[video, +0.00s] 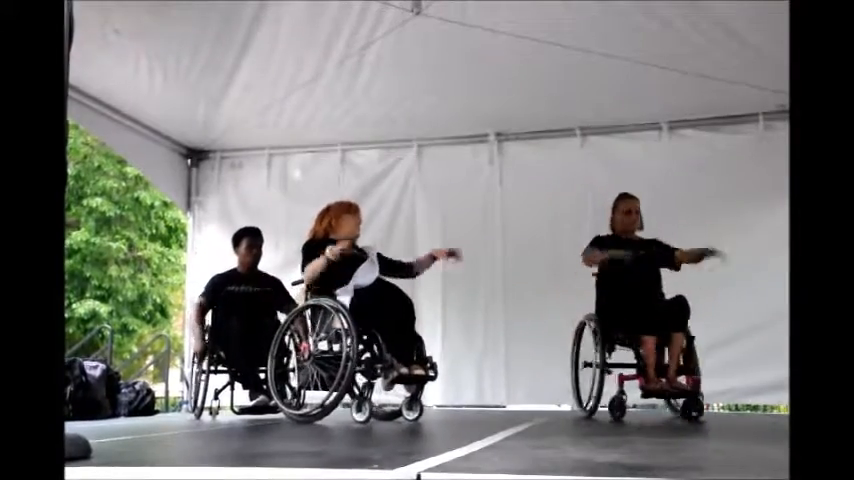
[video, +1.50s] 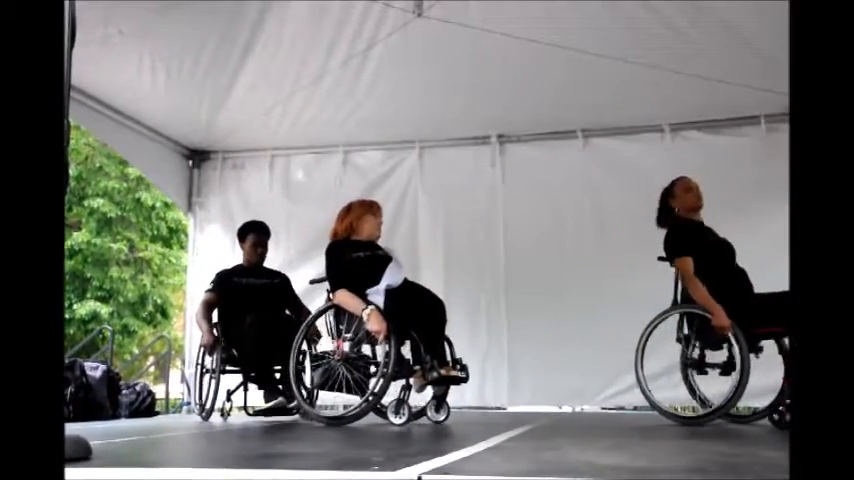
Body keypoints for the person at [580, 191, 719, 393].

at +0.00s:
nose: (633, 217)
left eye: (636, 212)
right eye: (627, 212)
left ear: (640, 217)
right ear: (613, 217)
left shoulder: (649, 246)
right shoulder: (604, 242)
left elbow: (679, 256)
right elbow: (589, 256)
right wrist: (601, 258)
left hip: (649, 310)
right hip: (616, 311)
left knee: (679, 303)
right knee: (649, 316)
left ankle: (672, 377)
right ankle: (651, 380)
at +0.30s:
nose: (653, 212)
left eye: (656, 208)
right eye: (648, 206)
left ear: (658, 212)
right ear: (632, 207)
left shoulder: (662, 234)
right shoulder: (617, 234)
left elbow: (687, 198)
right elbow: (603, 193)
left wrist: (699, 156)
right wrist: (619, 152)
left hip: (666, 305)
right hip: (634, 307)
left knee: (709, 303)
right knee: (686, 314)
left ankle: (707, 377)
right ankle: (687, 378)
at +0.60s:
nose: (677, 215)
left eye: (679, 211)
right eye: (672, 209)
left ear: (681, 213)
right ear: (654, 207)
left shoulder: (681, 233)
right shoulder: (634, 230)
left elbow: (703, 220)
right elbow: (590, 209)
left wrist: (719, 205)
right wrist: (553, 180)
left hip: (687, 310)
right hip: (657, 313)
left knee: (750, 302)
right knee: (724, 303)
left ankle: (747, 378)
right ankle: (734, 371)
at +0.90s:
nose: (696, 205)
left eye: (698, 200)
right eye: (690, 198)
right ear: (672, 199)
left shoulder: (695, 236)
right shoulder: (655, 234)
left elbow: (704, 275)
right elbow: (653, 281)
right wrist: (662, 313)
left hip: (715, 307)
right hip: (689, 313)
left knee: (770, 300)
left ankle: (776, 372)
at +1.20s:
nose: (696, 195)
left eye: (697, 191)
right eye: (688, 192)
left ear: (702, 196)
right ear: (672, 200)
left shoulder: (698, 230)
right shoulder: (677, 233)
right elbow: (689, 276)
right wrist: (717, 313)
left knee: (797, 302)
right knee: (798, 310)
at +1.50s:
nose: (696, 193)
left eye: (697, 189)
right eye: (687, 190)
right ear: (673, 203)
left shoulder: (699, 228)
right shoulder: (679, 232)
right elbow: (687, 279)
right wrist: (716, 311)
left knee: (797, 301)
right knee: (799, 309)